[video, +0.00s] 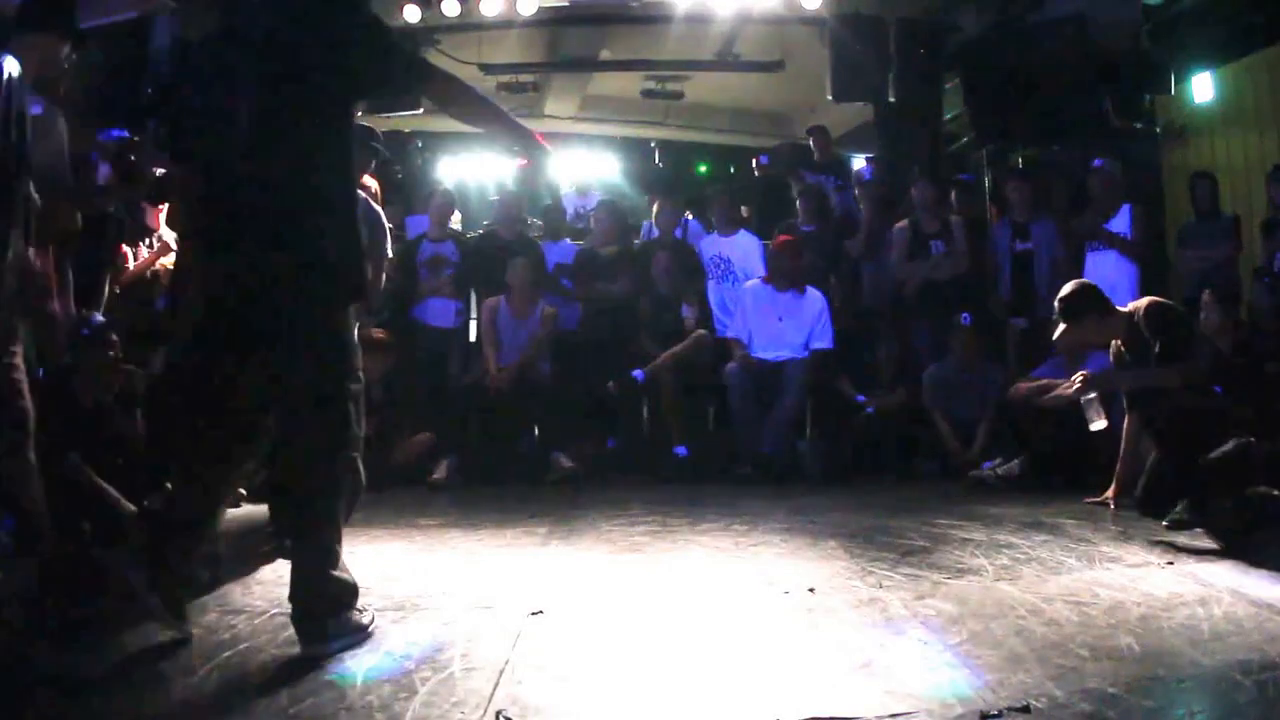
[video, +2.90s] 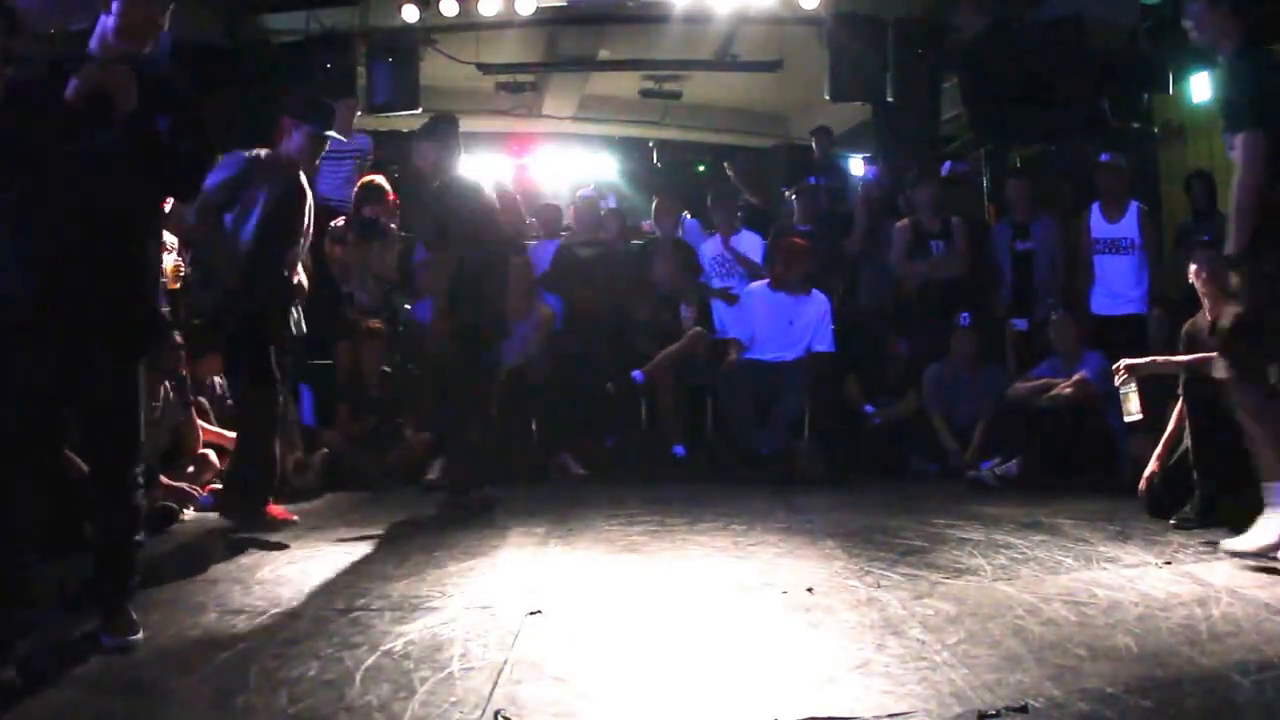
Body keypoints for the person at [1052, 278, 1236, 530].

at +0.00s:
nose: (1082, 339)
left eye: (1078, 329)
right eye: (1076, 331)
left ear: (1094, 318)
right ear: (1096, 318)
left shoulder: (1152, 312)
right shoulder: (1120, 350)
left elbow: (1180, 374)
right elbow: (1134, 415)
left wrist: (1106, 380)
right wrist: (1118, 486)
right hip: (1179, 431)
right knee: (1151, 503)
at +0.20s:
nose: (1101, 326)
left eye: (1101, 317)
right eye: (1098, 319)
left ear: (1120, 308)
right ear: (1120, 311)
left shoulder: (1174, 313)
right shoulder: (1138, 349)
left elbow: (1192, 372)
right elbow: (1142, 418)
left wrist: (1125, 370)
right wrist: (1117, 485)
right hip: (1180, 435)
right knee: (1150, 502)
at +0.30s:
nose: (1112, 318)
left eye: (1115, 308)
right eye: (1111, 310)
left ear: (1134, 302)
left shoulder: (1187, 314)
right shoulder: (1149, 345)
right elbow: (1144, 418)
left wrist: (1135, 363)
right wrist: (1117, 485)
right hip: (1187, 432)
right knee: (1148, 500)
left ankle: (1197, 501)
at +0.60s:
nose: (1143, 298)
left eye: (1146, 288)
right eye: (1142, 289)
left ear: (1168, 287)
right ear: (1164, 290)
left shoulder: (1216, 313)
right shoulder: (1171, 337)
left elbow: (1210, 366)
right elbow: (1159, 409)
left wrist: (1142, 357)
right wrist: (1129, 470)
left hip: (1234, 428)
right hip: (1199, 430)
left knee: (1177, 388)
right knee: (1149, 496)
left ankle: (1198, 498)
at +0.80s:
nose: (1151, 289)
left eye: (1156, 280)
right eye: (1151, 281)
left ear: (1179, 281)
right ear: (1175, 283)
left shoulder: (1221, 310)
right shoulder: (1176, 332)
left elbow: (1214, 362)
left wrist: (1144, 360)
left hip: (1235, 425)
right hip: (1200, 430)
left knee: (1183, 385)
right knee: (1150, 495)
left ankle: (1197, 500)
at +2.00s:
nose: (1186, 276)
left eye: (1195, 269)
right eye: (1186, 269)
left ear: (1220, 274)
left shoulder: (1245, 315)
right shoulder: (1193, 328)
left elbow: (1220, 360)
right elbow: (1193, 403)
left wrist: (1145, 368)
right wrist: (1169, 450)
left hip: (1255, 431)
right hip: (1213, 432)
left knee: (1196, 388)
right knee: (1156, 497)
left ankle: (1206, 503)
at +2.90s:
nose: (1200, 277)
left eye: (1207, 269)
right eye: (1195, 271)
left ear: (1222, 274)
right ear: (1190, 278)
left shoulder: (1243, 319)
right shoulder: (1192, 329)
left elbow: (1226, 361)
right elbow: (1186, 400)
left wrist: (1147, 364)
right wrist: (1158, 458)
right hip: (1203, 440)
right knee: (1159, 500)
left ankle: (1205, 498)